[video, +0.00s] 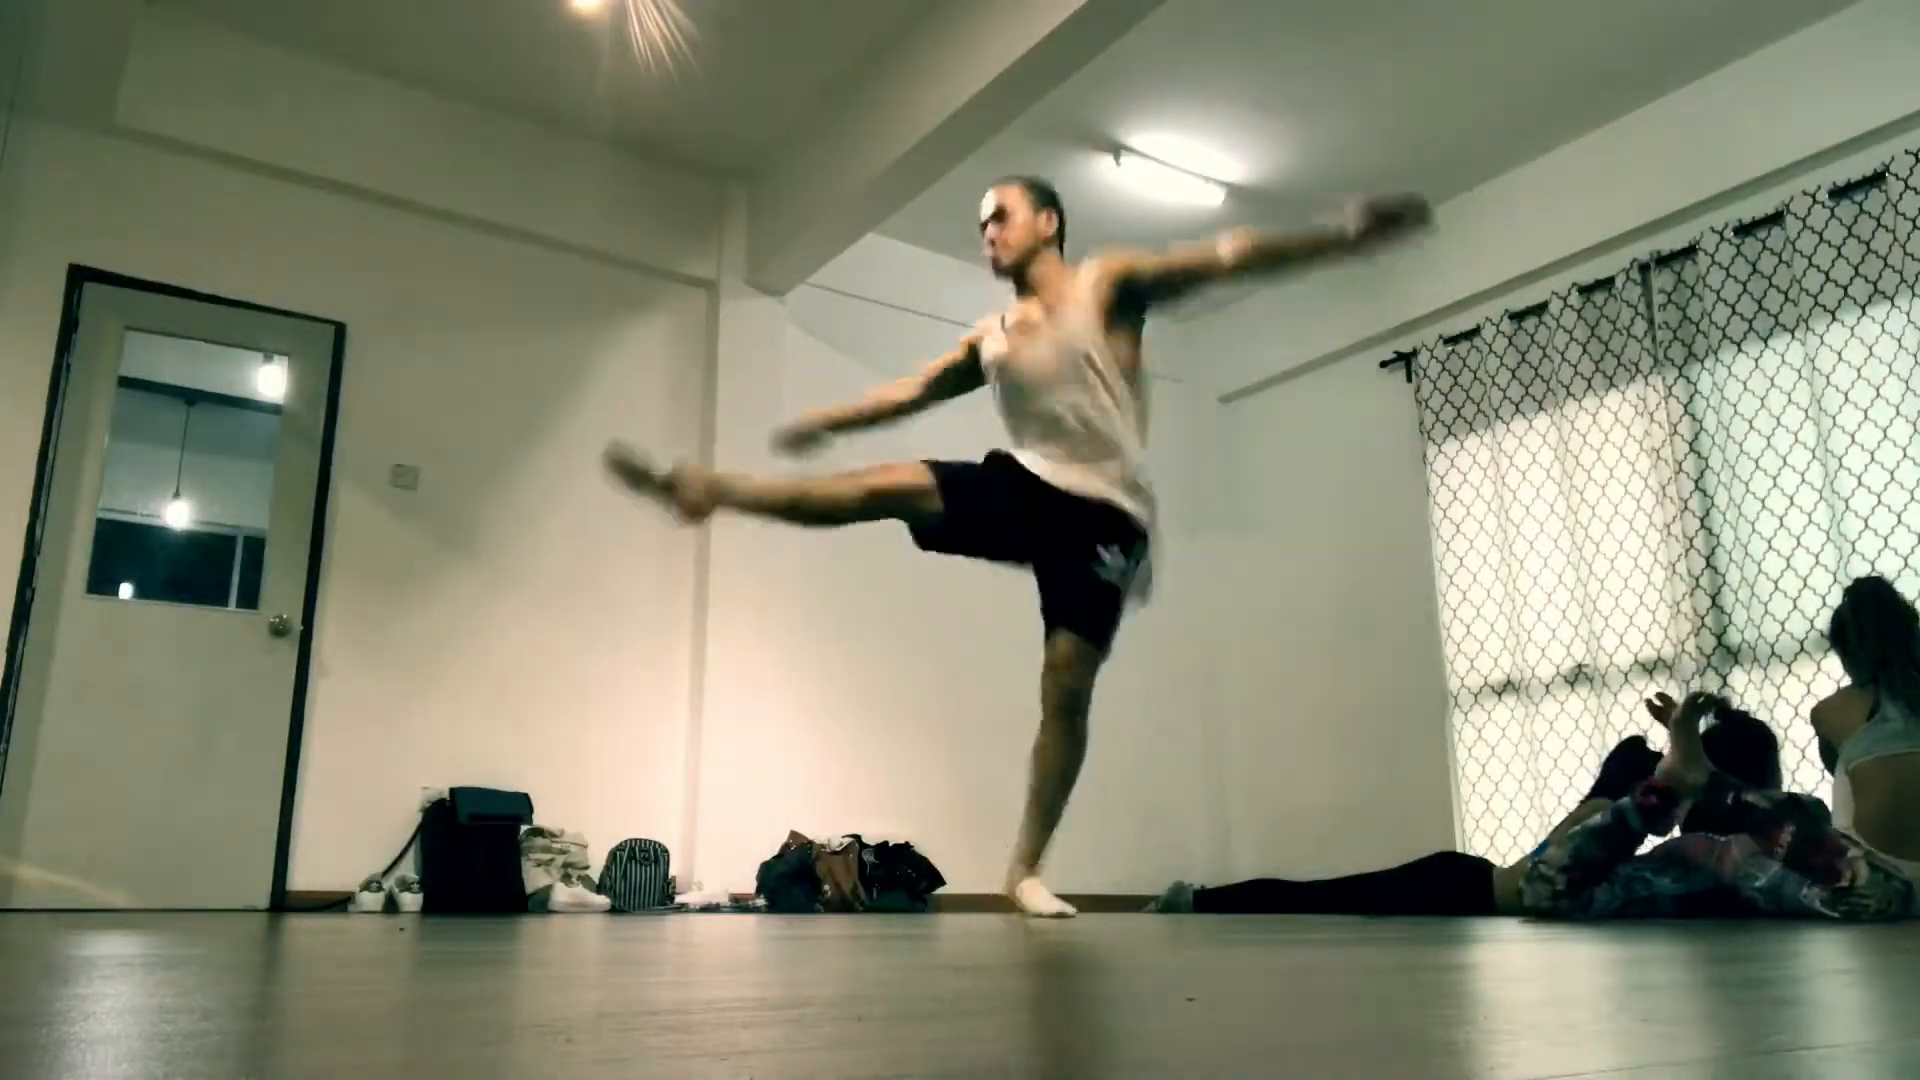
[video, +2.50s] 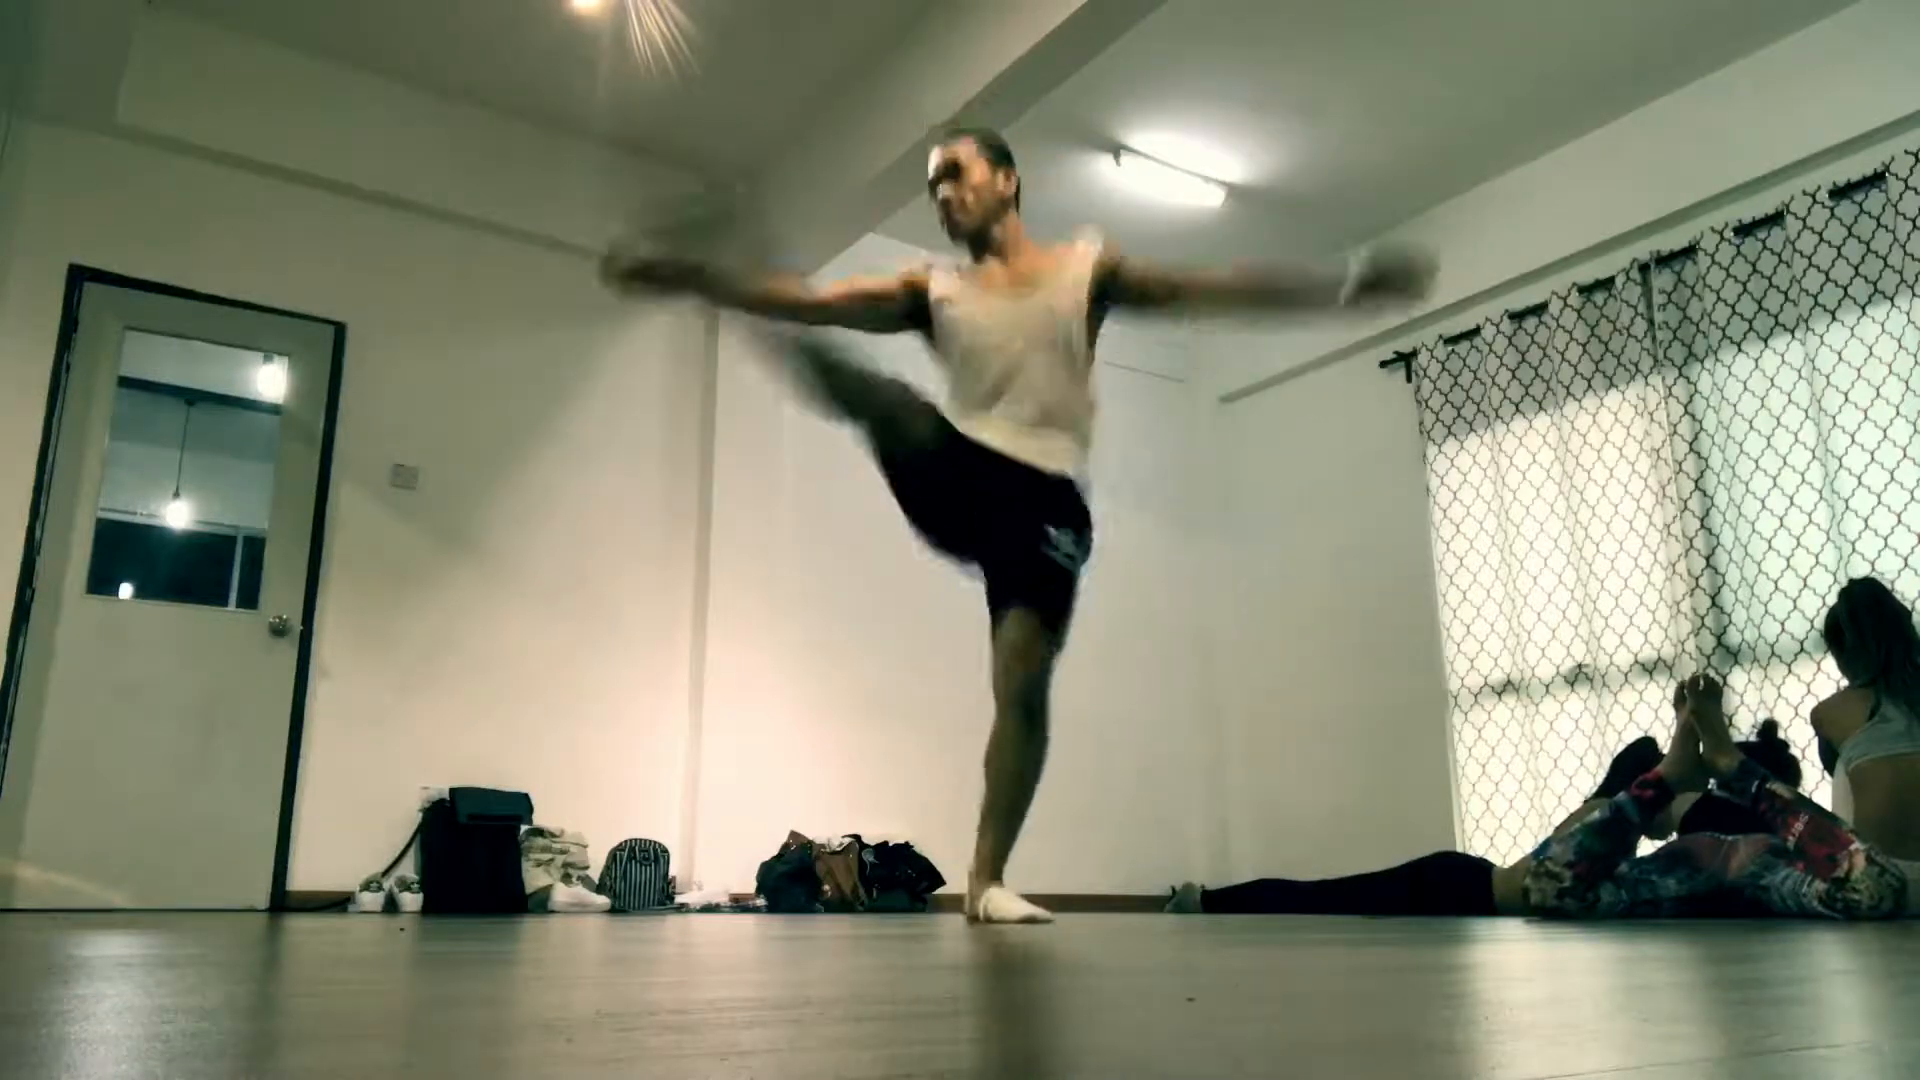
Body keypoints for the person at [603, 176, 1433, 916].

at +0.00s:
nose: (986, 229)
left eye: (1000, 214)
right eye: (982, 221)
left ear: (1048, 223)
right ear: (995, 240)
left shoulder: (1109, 276)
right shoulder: (994, 338)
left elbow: (1232, 256)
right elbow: (909, 394)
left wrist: (1344, 237)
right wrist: (825, 420)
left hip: (1104, 513)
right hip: (1021, 489)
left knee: (1066, 692)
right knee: (887, 486)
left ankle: (1027, 873)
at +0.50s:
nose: (1066, 184)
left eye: (1065, 170)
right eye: (1047, 175)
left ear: (1061, 180)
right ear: (1010, 197)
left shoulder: (1013, 271)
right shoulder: (1036, 247)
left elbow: (1041, 358)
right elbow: (1058, 301)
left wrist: (1111, 329)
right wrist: (1150, 300)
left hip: (1035, 477)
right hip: (1085, 444)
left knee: (1078, 654)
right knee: (1255, 499)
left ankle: (1050, 839)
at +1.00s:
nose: (1001, 183)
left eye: (1017, 167)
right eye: (997, 174)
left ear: (1065, 173)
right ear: (1011, 194)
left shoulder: (1093, 224)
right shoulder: (1034, 287)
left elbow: (1157, 222)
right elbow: (1037, 406)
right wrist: (958, 470)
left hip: (1128, 458)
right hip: (1076, 460)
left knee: (1102, 659)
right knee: (982, 543)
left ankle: (1100, 852)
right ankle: (873, 609)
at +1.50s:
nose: (989, 212)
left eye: (1001, 195)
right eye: (980, 205)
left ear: (1045, 206)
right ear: (978, 224)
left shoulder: (1087, 308)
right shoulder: (968, 278)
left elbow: (1159, 386)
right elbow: (924, 322)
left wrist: (1238, 404)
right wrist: (976, 298)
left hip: (1063, 476)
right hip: (983, 465)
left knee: (1054, 681)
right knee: (1129, 487)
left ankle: (1024, 879)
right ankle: (1253, 482)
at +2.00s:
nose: (953, 117)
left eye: (970, 103)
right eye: (953, 105)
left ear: (1021, 119)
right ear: (1017, 130)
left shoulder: (984, 175)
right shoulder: (1052, 217)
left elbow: (965, 245)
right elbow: (1103, 355)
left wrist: (822, 266)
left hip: (1006, 439)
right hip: (1070, 436)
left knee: (1023, 646)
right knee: (997, 497)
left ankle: (1043, 845)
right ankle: (985, 595)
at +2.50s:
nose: (946, 193)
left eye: (958, 175)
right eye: (937, 184)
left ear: (1007, 179)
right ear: (941, 205)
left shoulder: (1087, 263)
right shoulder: (936, 289)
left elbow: (1211, 287)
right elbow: (807, 298)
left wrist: (1339, 290)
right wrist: (691, 280)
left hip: (1045, 494)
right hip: (956, 473)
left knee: (1023, 684)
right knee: (867, 392)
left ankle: (985, 884)